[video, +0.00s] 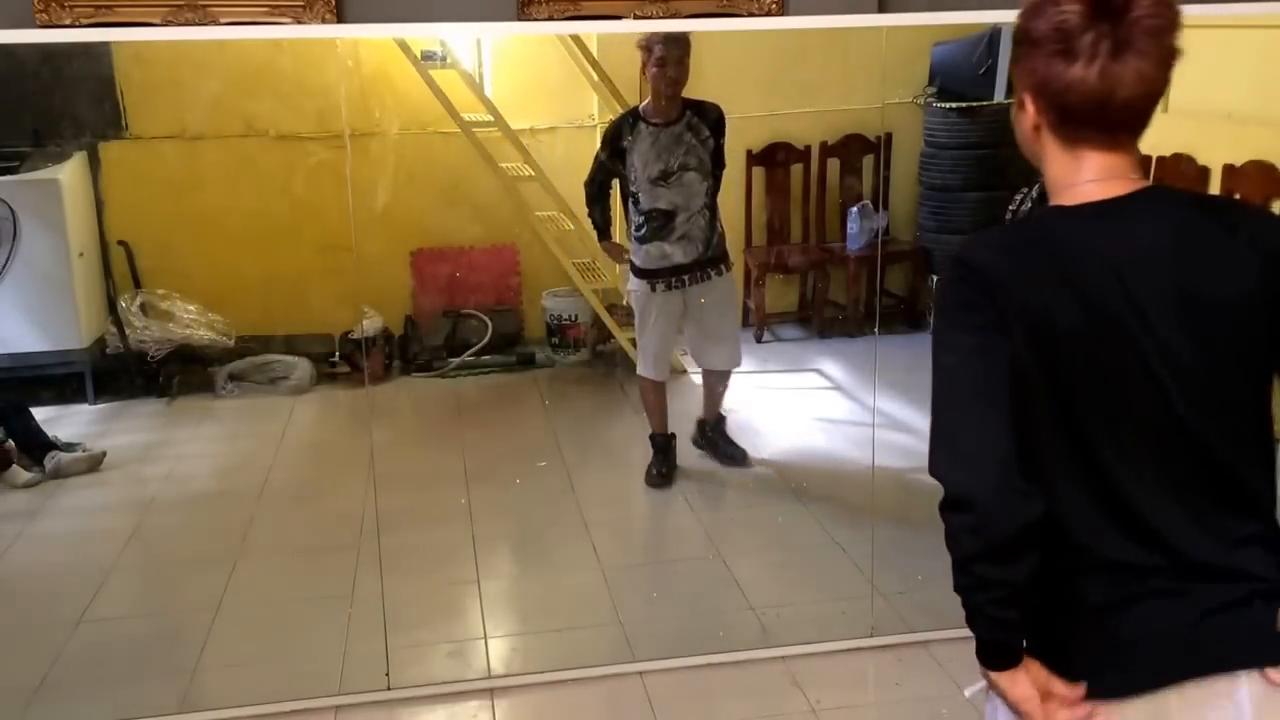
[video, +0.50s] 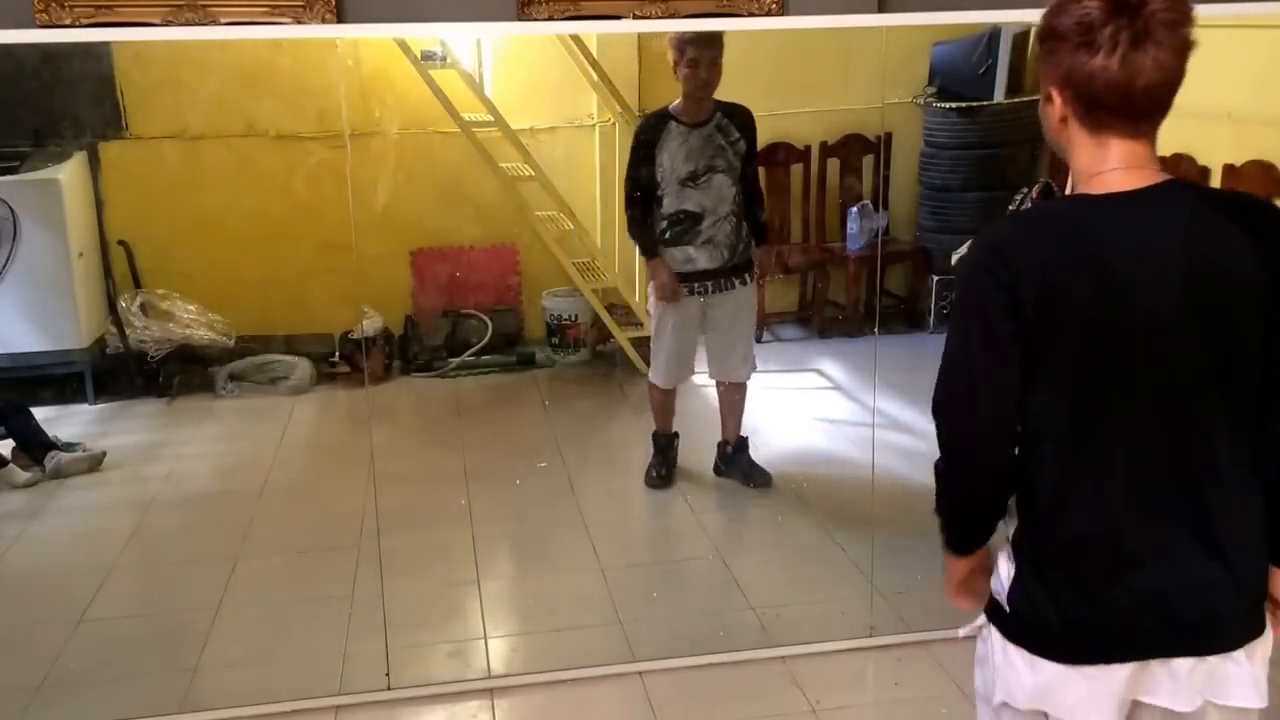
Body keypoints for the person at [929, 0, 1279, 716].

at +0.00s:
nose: (1013, 111)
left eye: (1014, 96)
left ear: (1029, 111)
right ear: (1151, 99)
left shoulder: (988, 272)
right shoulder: (1250, 240)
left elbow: (976, 486)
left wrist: (1001, 651)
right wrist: (1275, 622)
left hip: (1077, 670)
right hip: (1246, 644)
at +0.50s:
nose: (1040, 103)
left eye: (1041, 87)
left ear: (1054, 102)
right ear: (1167, 90)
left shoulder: (1010, 257)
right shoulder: (1255, 236)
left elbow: (973, 443)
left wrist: (966, 565)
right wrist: (1273, 564)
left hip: (1061, 631)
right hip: (1221, 627)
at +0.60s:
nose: (1067, 107)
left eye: (1066, 90)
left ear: (1079, 104)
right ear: (1192, 94)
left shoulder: (1010, 253)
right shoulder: (1264, 236)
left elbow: (981, 463)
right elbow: (1278, 436)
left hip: (1058, 637)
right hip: (1225, 644)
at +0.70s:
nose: (1091, 102)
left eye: (1090, 85)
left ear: (1101, 104)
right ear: (1215, 100)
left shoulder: (1030, 243)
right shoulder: (1263, 239)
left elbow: (1008, 433)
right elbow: (1277, 426)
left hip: (1066, 618)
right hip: (1223, 630)